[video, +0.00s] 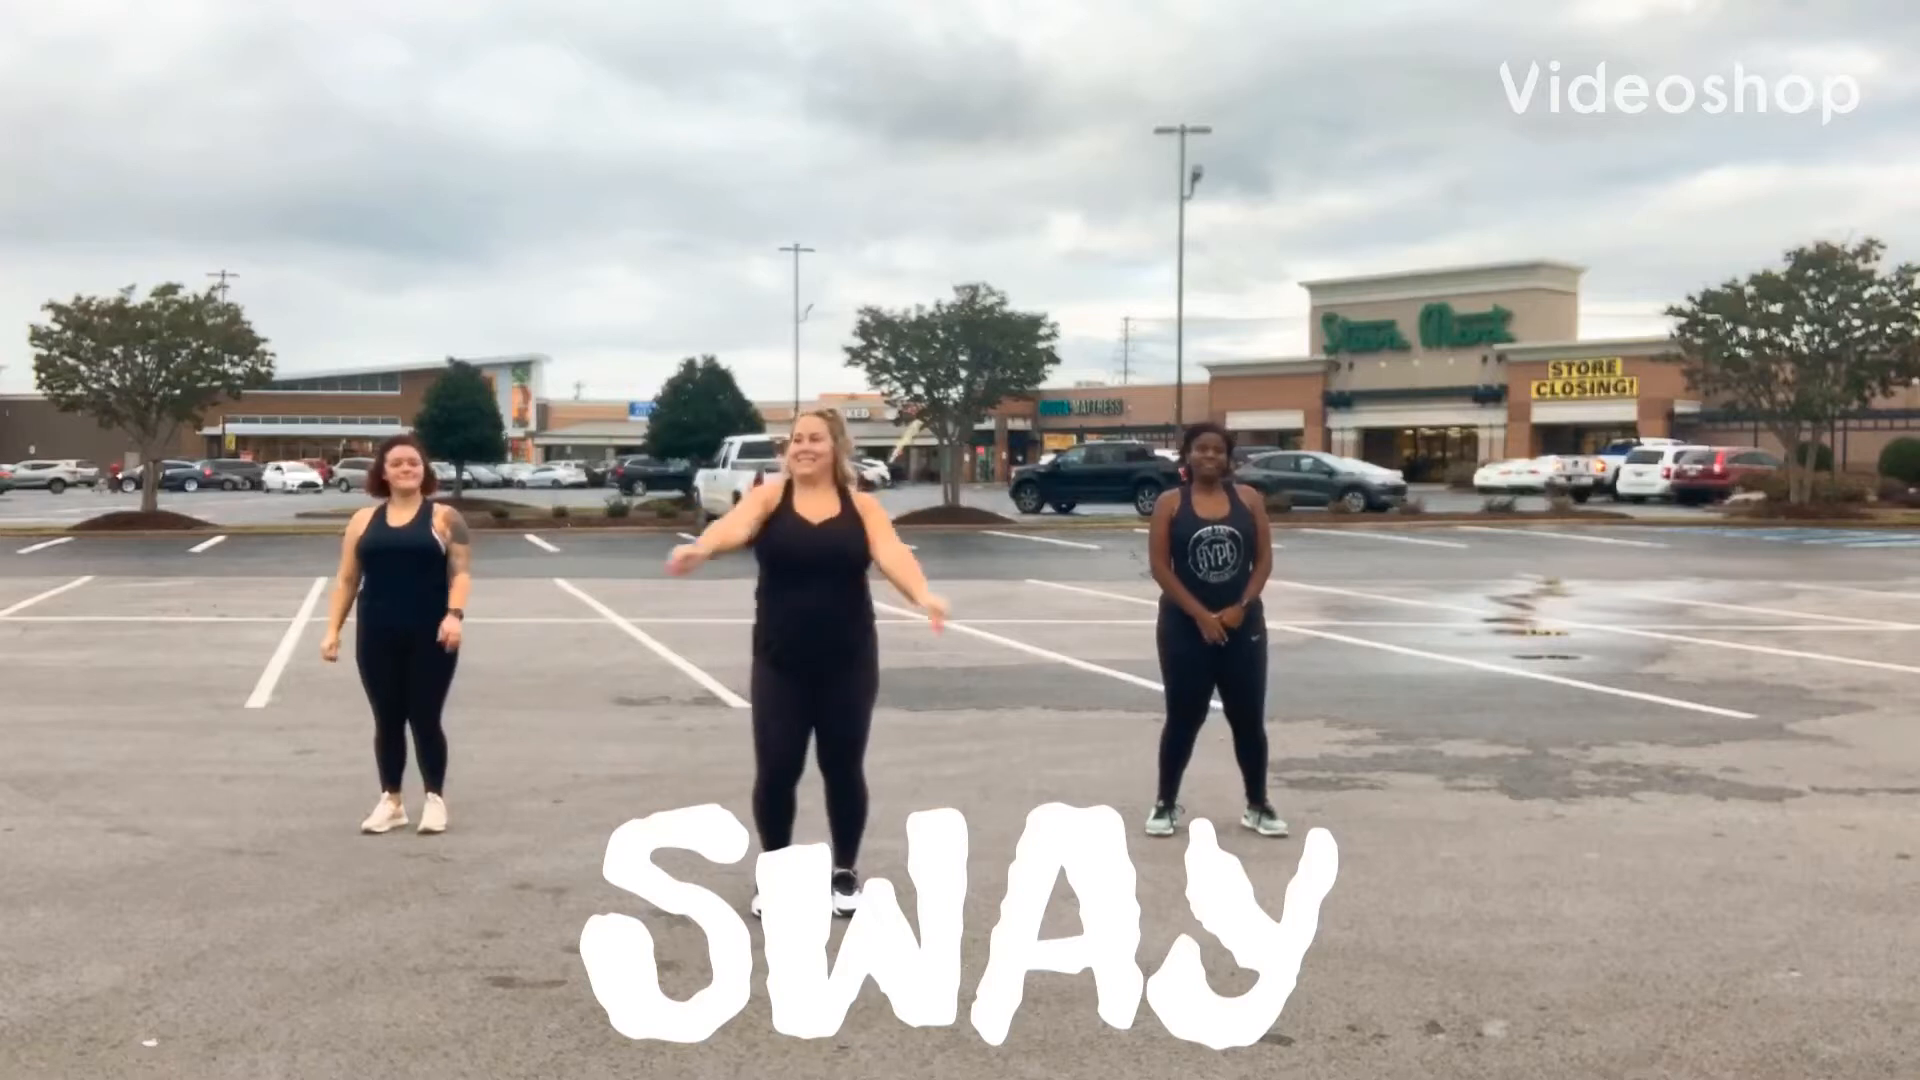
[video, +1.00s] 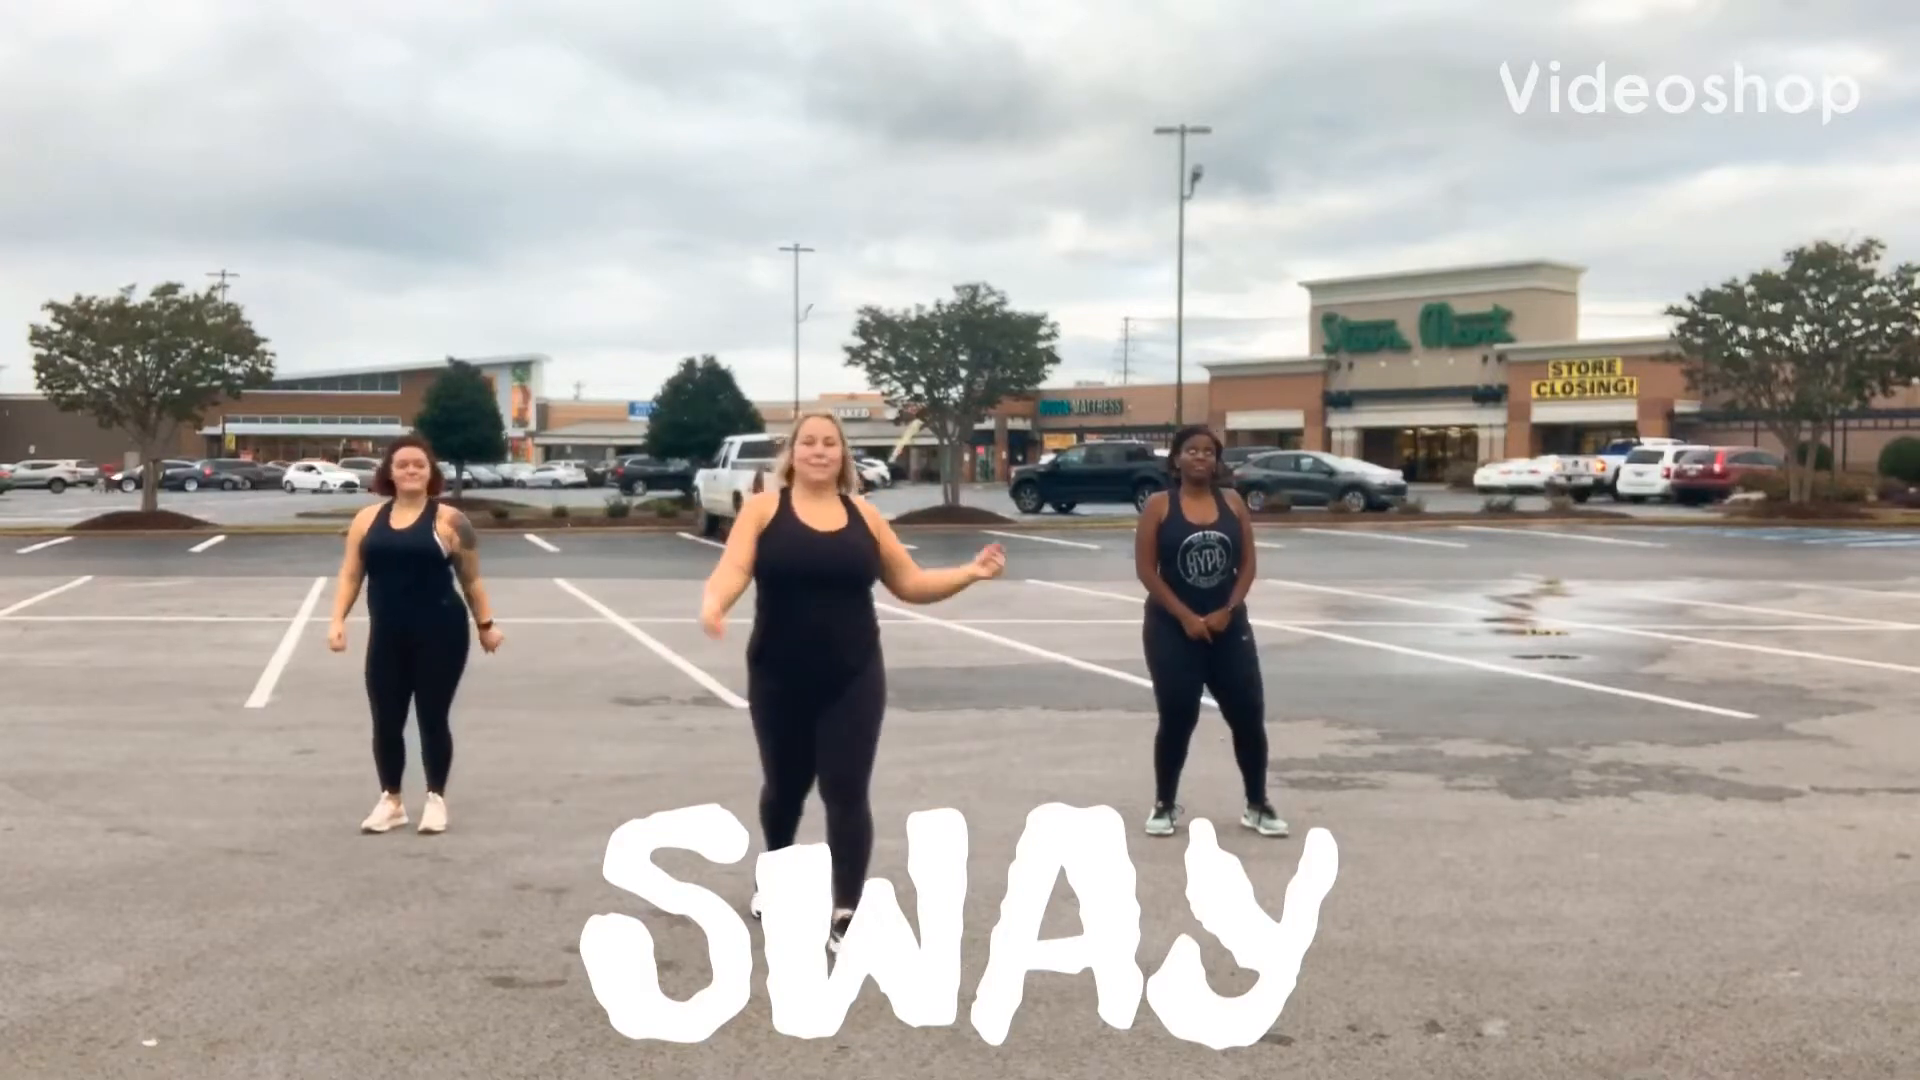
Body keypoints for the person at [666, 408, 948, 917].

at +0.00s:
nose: (804, 446)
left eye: (815, 438)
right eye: (797, 438)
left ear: (837, 449)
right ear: (787, 448)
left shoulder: (861, 506)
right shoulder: (768, 495)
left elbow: (891, 552)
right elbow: (734, 526)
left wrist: (921, 593)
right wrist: (702, 547)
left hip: (848, 662)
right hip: (780, 661)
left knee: (843, 770)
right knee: (775, 775)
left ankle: (845, 871)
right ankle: (772, 875)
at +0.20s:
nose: (798, 445)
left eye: (810, 437)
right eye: (790, 436)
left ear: (830, 449)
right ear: (780, 447)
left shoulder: (856, 505)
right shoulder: (755, 503)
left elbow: (911, 560)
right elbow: (692, 549)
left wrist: (969, 604)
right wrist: (624, 583)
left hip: (833, 659)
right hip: (764, 658)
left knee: (834, 771)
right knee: (773, 772)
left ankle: (843, 870)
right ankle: (773, 871)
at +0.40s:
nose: (796, 447)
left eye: (806, 439)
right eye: (788, 439)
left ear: (823, 448)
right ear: (773, 447)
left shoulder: (847, 502)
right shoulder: (747, 502)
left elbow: (867, 570)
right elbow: (732, 569)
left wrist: (884, 619)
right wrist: (725, 624)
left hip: (826, 661)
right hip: (756, 660)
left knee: (829, 768)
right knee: (764, 772)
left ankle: (842, 866)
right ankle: (770, 874)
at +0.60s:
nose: (795, 449)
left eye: (805, 440)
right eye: (785, 440)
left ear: (820, 448)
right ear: (770, 448)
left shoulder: (844, 506)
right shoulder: (743, 506)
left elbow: (870, 581)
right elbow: (715, 584)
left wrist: (895, 647)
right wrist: (700, 656)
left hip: (828, 663)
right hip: (757, 665)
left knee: (827, 767)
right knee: (767, 773)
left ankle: (834, 867)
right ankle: (770, 874)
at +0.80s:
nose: (803, 450)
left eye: (813, 442)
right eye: (794, 442)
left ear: (829, 451)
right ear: (778, 450)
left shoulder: (851, 510)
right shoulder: (749, 507)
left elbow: (897, 568)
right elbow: (714, 561)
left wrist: (942, 575)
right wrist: (689, 597)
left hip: (834, 670)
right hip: (763, 670)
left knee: (832, 779)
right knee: (770, 778)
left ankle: (845, 892)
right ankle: (772, 879)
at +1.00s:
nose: (818, 451)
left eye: (828, 443)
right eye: (808, 442)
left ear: (843, 454)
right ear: (791, 453)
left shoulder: (862, 514)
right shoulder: (762, 509)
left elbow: (910, 584)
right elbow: (734, 568)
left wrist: (972, 572)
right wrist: (713, 604)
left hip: (852, 676)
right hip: (779, 675)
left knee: (846, 795)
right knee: (785, 788)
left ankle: (846, 910)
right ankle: (771, 876)